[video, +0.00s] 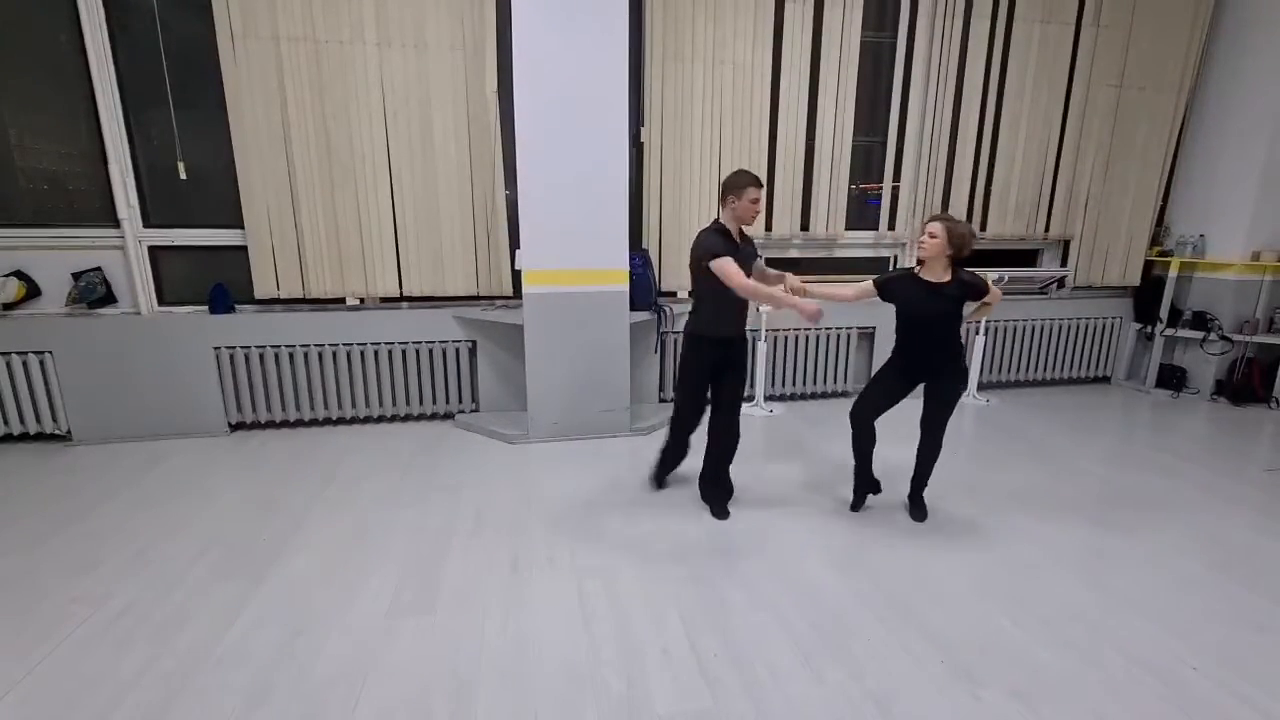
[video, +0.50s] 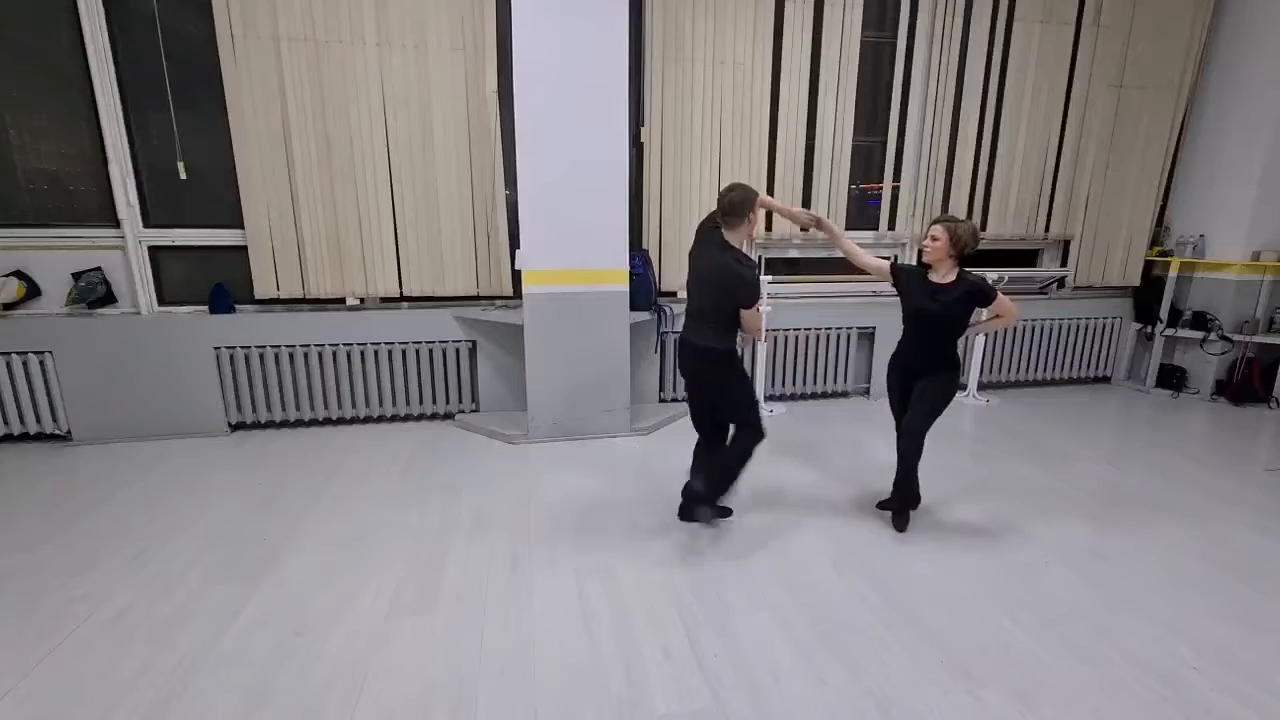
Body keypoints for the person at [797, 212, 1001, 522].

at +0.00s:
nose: (922, 240)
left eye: (932, 236)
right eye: (923, 234)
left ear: (950, 247)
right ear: (921, 240)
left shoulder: (965, 283)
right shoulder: (899, 281)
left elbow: (995, 297)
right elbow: (850, 293)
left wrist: (975, 314)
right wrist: (804, 288)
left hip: (947, 370)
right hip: (904, 364)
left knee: (932, 434)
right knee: (860, 414)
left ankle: (917, 492)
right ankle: (864, 480)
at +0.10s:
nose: (924, 241)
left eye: (934, 238)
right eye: (925, 236)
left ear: (953, 249)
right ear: (923, 242)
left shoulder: (968, 285)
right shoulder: (903, 281)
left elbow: (1002, 303)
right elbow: (853, 283)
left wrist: (971, 319)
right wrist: (810, 278)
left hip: (950, 372)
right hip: (906, 365)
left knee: (933, 434)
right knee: (862, 414)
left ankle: (917, 492)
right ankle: (866, 479)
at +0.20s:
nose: (925, 238)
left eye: (935, 234)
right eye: (926, 232)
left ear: (954, 244)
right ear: (923, 238)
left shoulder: (970, 283)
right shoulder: (905, 275)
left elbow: (1009, 304)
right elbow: (852, 273)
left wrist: (975, 319)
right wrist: (803, 260)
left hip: (947, 370)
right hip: (906, 363)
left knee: (928, 434)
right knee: (869, 416)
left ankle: (915, 492)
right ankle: (885, 474)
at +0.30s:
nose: (925, 235)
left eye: (934, 231)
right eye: (926, 229)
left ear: (954, 240)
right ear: (925, 236)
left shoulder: (972, 277)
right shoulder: (906, 270)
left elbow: (1011, 302)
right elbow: (855, 263)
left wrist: (975, 320)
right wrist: (817, 245)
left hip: (943, 367)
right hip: (902, 361)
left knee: (920, 429)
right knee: (886, 424)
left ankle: (915, 486)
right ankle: (896, 482)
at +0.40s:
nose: (925, 239)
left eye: (933, 235)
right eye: (926, 233)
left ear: (953, 244)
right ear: (925, 239)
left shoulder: (972, 283)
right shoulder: (907, 273)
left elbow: (1008, 307)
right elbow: (855, 262)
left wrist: (971, 324)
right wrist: (820, 235)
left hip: (941, 367)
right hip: (901, 362)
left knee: (915, 425)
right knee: (898, 427)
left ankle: (907, 496)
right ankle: (901, 488)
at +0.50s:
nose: (925, 243)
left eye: (935, 239)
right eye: (927, 237)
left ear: (955, 249)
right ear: (926, 242)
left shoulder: (972, 287)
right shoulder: (907, 275)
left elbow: (1010, 314)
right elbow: (858, 257)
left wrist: (972, 330)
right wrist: (827, 227)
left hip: (941, 372)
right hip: (903, 366)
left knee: (911, 430)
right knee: (905, 432)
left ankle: (900, 503)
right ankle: (907, 492)